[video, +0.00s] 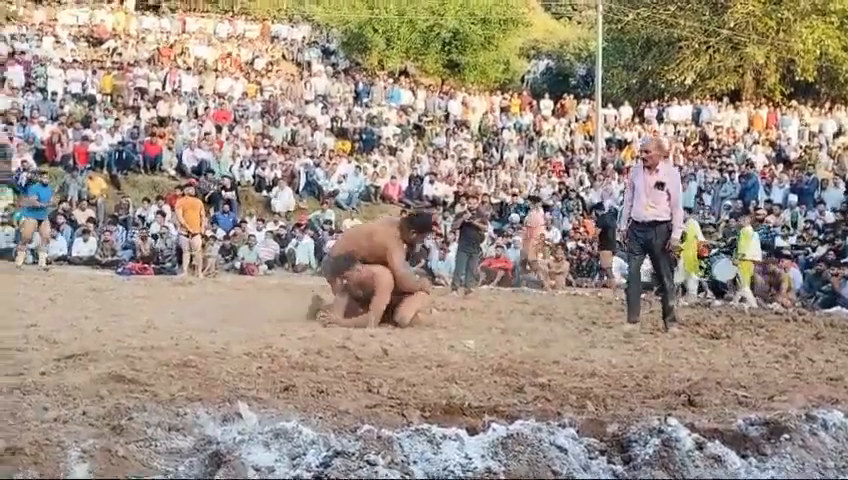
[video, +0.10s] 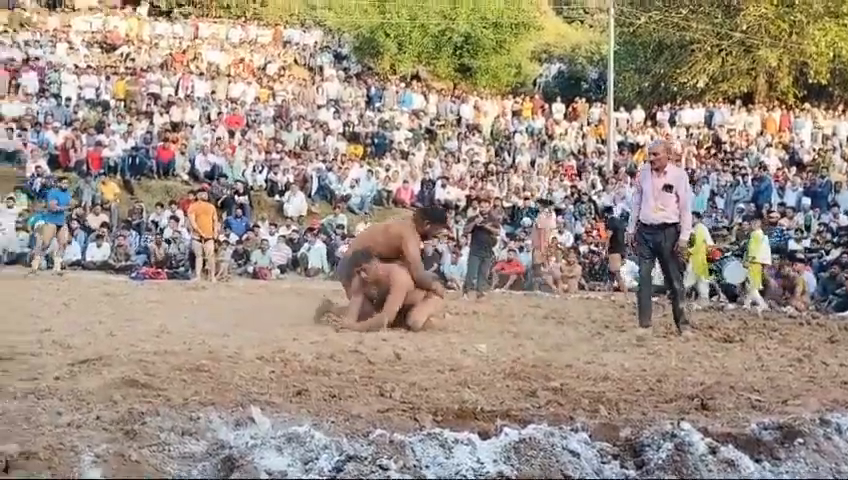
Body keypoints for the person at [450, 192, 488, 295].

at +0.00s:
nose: (472, 205)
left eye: (474, 203)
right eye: (470, 203)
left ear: (477, 204)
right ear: (466, 203)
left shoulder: (481, 216)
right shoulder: (461, 215)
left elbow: (485, 228)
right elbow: (454, 227)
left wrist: (474, 222)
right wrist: (463, 218)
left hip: (475, 246)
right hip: (463, 245)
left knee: (472, 269)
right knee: (459, 268)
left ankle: (469, 288)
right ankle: (455, 287)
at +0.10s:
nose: (484, 209)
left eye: (486, 207)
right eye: (482, 206)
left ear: (490, 207)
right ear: (478, 207)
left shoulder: (493, 220)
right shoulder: (473, 219)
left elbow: (498, 231)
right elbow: (466, 231)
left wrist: (485, 226)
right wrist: (475, 223)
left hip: (488, 250)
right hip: (475, 249)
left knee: (484, 274)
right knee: (472, 272)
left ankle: (481, 292)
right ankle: (467, 290)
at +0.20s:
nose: (496, 214)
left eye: (498, 212)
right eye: (494, 212)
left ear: (502, 213)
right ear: (492, 212)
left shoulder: (507, 225)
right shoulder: (487, 224)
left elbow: (511, 237)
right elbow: (479, 236)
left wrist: (500, 232)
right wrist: (488, 228)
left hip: (501, 256)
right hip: (489, 255)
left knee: (497, 279)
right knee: (485, 278)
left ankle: (494, 297)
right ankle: (480, 295)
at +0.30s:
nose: (508, 220)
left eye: (510, 218)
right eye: (506, 218)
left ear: (514, 219)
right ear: (503, 219)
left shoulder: (517, 230)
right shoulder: (498, 230)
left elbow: (524, 242)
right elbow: (490, 242)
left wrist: (512, 238)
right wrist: (499, 234)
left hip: (513, 259)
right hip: (500, 258)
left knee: (510, 283)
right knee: (496, 281)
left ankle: (507, 302)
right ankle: (493, 300)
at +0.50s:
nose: (498, 226)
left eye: (501, 224)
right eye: (496, 224)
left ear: (504, 225)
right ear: (493, 225)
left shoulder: (509, 235)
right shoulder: (489, 235)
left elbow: (515, 248)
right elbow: (482, 248)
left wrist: (501, 244)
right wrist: (490, 240)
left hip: (503, 265)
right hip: (491, 264)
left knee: (501, 289)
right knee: (488, 287)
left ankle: (498, 308)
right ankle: (484, 306)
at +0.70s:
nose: (490, 230)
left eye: (492, 228)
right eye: (487, 228)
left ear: (496, 228)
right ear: (484, 229)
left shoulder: (501, 240)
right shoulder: (481, 239)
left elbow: (506, 253)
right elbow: (474, 251)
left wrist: (493, 247)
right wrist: (481, 243)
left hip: (495, 269)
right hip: (483, 268)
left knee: (495, 292)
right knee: (480, 290)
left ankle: (493, 312)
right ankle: (477, 310)